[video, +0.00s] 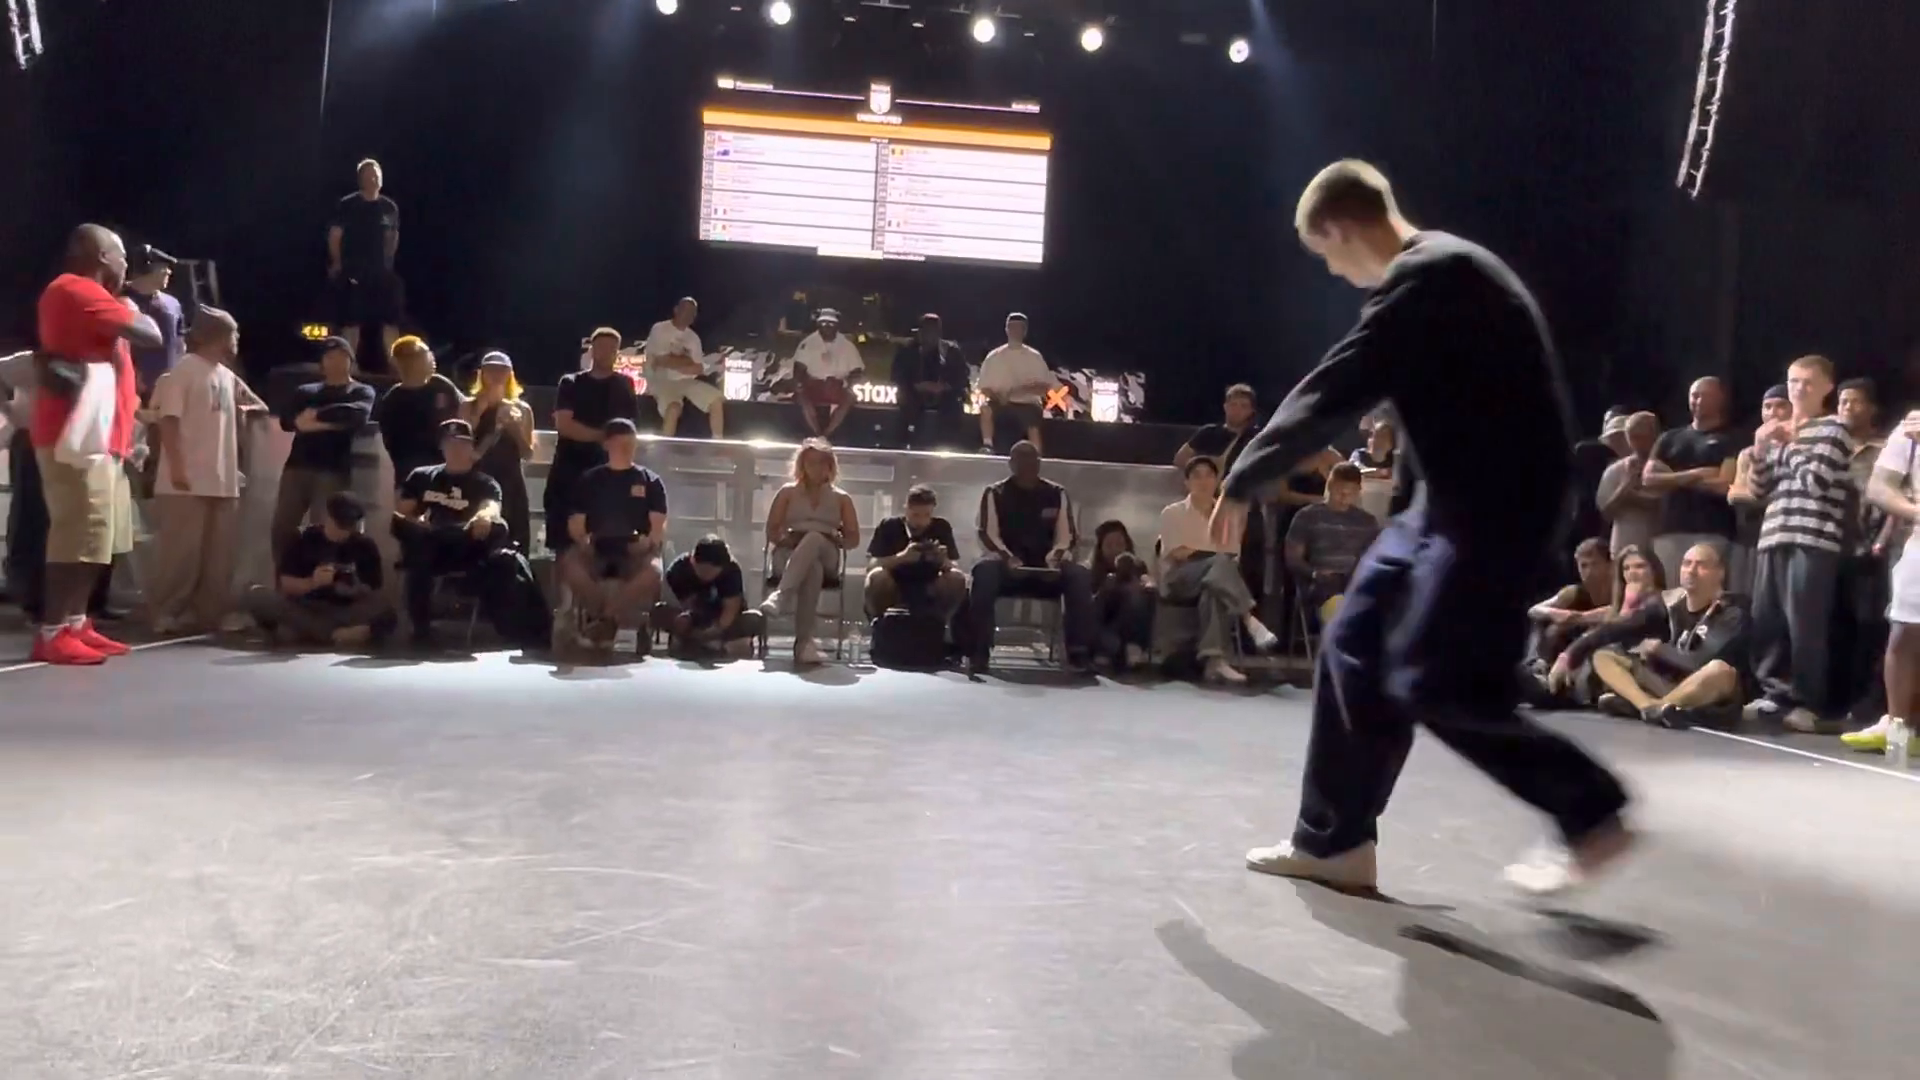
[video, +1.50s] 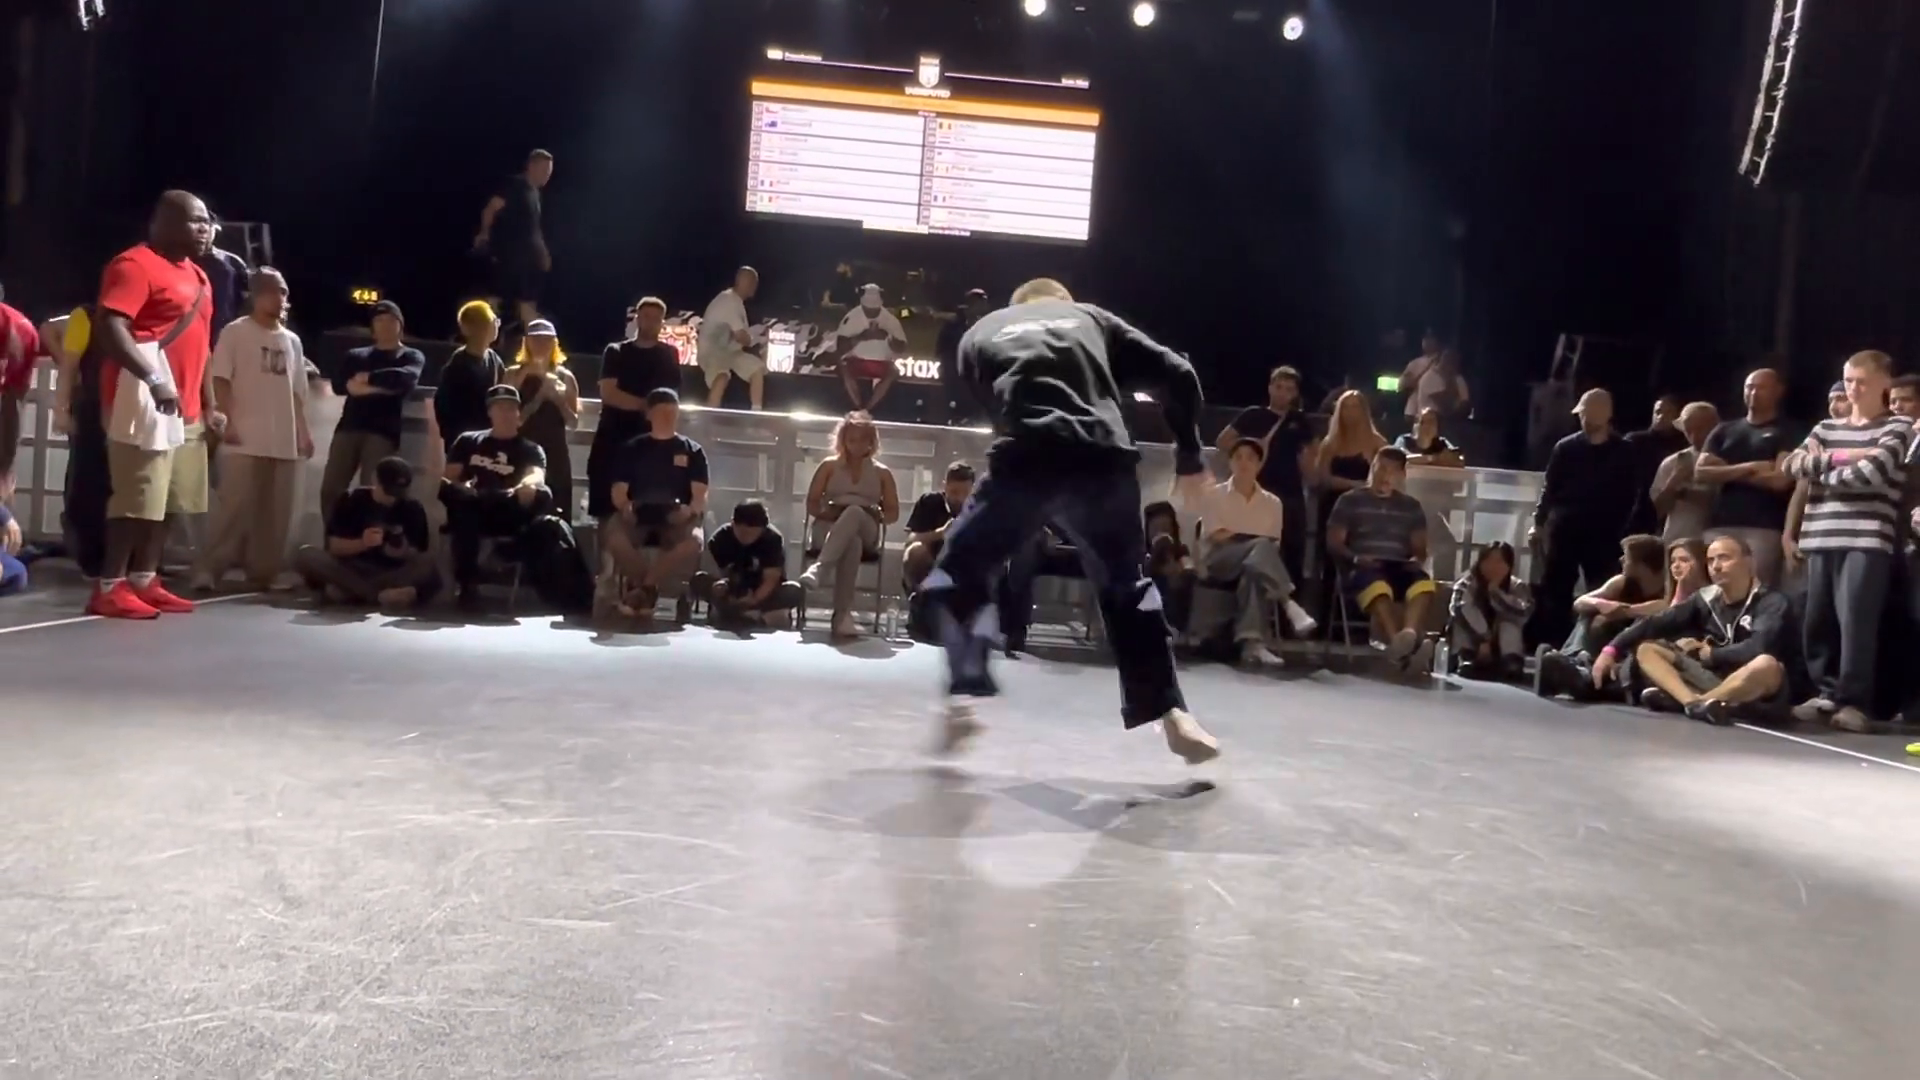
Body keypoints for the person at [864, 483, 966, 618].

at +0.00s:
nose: (921, 521)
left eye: (926, 515)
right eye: (916, 515)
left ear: (932, 512)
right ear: (906, 509)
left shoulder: (941, 527)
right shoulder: (889, 526)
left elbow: (954, 565)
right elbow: (871, 565)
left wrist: (942, 560)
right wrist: (902, 557)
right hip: (895, 588)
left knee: (956, 578)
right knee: (877, 577)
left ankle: (937, 631)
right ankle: (881, 631)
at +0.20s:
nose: (930, 513)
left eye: (935, 508)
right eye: (925, 507)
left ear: (942, 506)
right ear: (916, 502)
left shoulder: (951, 521)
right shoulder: (899, 520)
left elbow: (964, 560)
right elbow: (881, 558)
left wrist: (953, 554)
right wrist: (912, 551)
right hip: (905, 582)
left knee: (966, 572)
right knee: (887, 571)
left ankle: (946, 623)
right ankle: (892, 624)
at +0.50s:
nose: (943, 506)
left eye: (948, 501)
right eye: (938, 501)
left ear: (955, 498)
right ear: (928, 495)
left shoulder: (964, 512)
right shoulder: (911, 512)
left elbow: (976, 552)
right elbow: (894, 549)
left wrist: (965, 545)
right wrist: (925, 543)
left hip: (953, 571)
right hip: (918, 571)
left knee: (979, 564)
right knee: (899, 562)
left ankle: (960, 615)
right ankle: (907, 615)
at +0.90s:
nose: (951, 502)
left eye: (956, 496)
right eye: (946, 496)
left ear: (963, 492)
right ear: (936, 490)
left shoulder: (972, 508)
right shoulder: (920, 506)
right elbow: (902, 544)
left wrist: (968, 534)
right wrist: (933, 537)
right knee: (907, 556)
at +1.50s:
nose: (958, 498)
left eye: (964, 492)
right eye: (954, 492)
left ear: (972, 489)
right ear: (944, 487)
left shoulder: (978, 508)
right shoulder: (929, 502)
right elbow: (911, 539)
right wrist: (940, 533)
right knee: (916, 551)